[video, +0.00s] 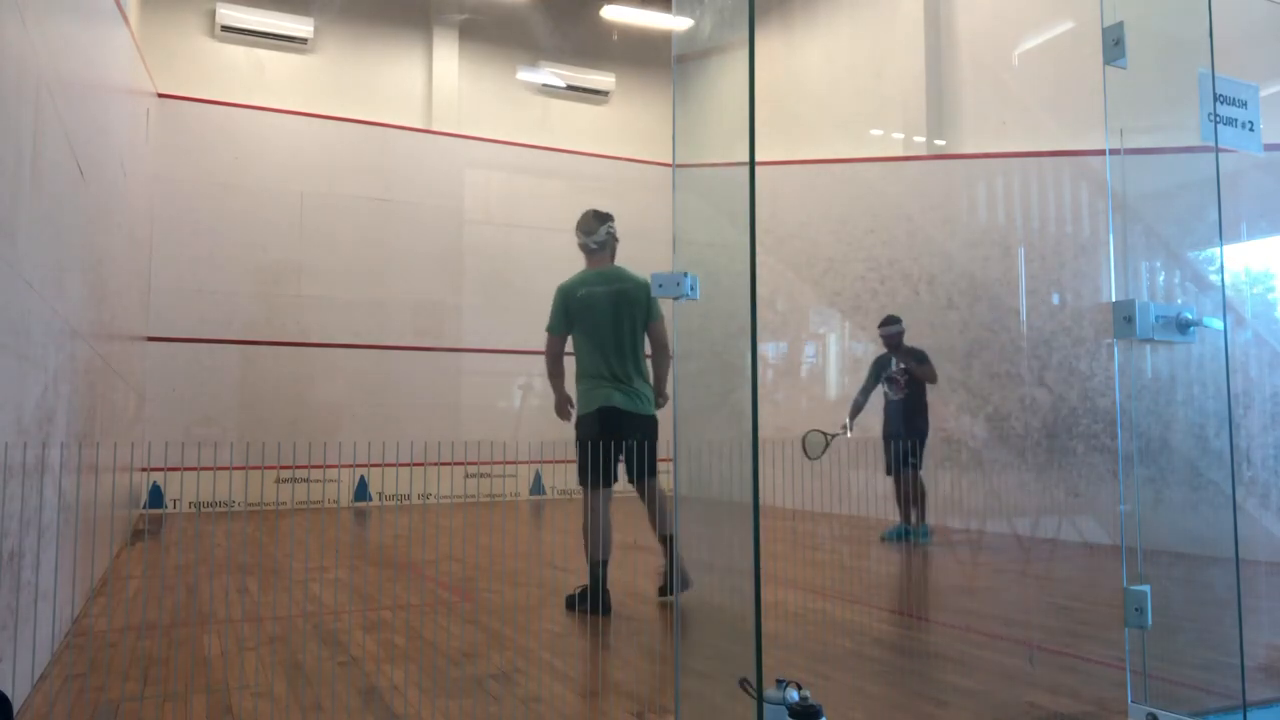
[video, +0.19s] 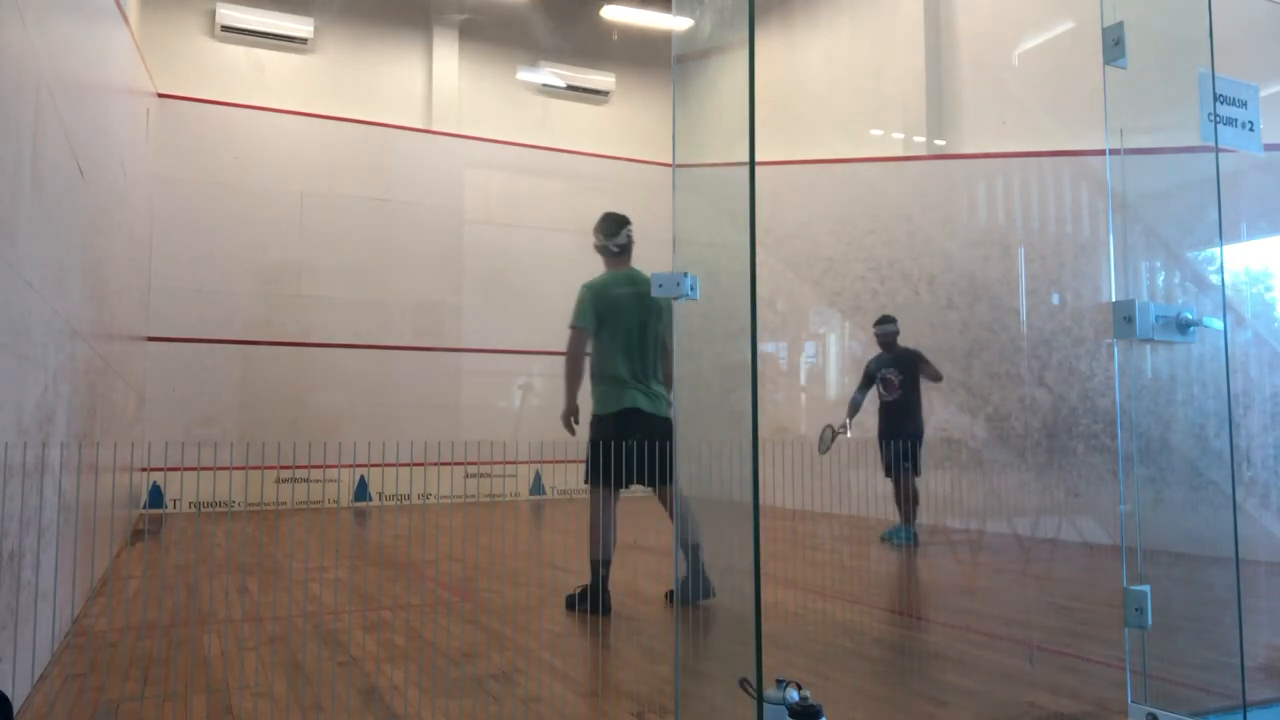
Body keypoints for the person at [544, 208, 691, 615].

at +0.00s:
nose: (582, 248)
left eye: (579, 242)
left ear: (580, 245)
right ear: (615, 243)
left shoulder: (569, 291)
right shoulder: (639, 286)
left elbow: (554, 352)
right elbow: (661, 346)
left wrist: (559, 393)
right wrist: (660, 388)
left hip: (595, 410)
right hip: (640, 409)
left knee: (595, 498)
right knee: (649, 487)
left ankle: (597, 589)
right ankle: (676, 567)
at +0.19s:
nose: (600, 251)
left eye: (597, 245)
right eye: (610, 242)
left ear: (597, 247)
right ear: (632, 245)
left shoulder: (594, 290)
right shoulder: (657, 290)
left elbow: (576, 349)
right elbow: (668, 351)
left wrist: (570, 402)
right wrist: (666, 394)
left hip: (612, 414)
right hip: (656, 413)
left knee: (602, 500)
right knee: (671, 494)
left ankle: (598, 590)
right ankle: (698, 577)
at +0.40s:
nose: (626, 255)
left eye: (625, 250)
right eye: (634, 249)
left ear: (625, 251)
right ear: (658, 249)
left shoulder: (626, 290)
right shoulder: (680, 291)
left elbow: (609, 350)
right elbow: (687, 351)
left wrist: (597, 399)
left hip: (640, 415)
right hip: (682, 415)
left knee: (619, 498)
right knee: (690, 497)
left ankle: (600, 588)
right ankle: (701, 583)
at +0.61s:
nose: (648, 255)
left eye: (647, 248)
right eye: (658, 246)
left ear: (648, 250)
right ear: (678, 249)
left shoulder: (642, 289)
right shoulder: (698, 293)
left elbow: (625, 345)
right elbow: (712, 353)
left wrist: (622, 393)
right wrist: (691, 387)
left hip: (654, 412)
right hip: (693, 413)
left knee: (629, 492)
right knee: (698, 495)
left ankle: (626, 586)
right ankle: (702, 582)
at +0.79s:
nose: (656, 253)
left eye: (656, 247)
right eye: (662, 246)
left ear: (656, 249)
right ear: (687, 248)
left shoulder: (650, 286)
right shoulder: (707, 296)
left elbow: (633, 340)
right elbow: (714, 361)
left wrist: (619, 387)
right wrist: (708, 404)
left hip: (660, 410)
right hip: (699, 412)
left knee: (641, 492)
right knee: (697, 495)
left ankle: (647, 587)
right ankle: (700, 584)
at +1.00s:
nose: (660, 252)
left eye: (660, 247)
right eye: (666, 247)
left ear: (658, 246)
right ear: (689, 247)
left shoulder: (653, 285)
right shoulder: (708, 295)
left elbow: (636, 337)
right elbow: (729, 354)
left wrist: (608, 388)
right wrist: (742, 395)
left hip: (662, 411)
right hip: (701, 413)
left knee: (643, 490)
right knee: (698, 494)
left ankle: (646, 588)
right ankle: (701, 584)